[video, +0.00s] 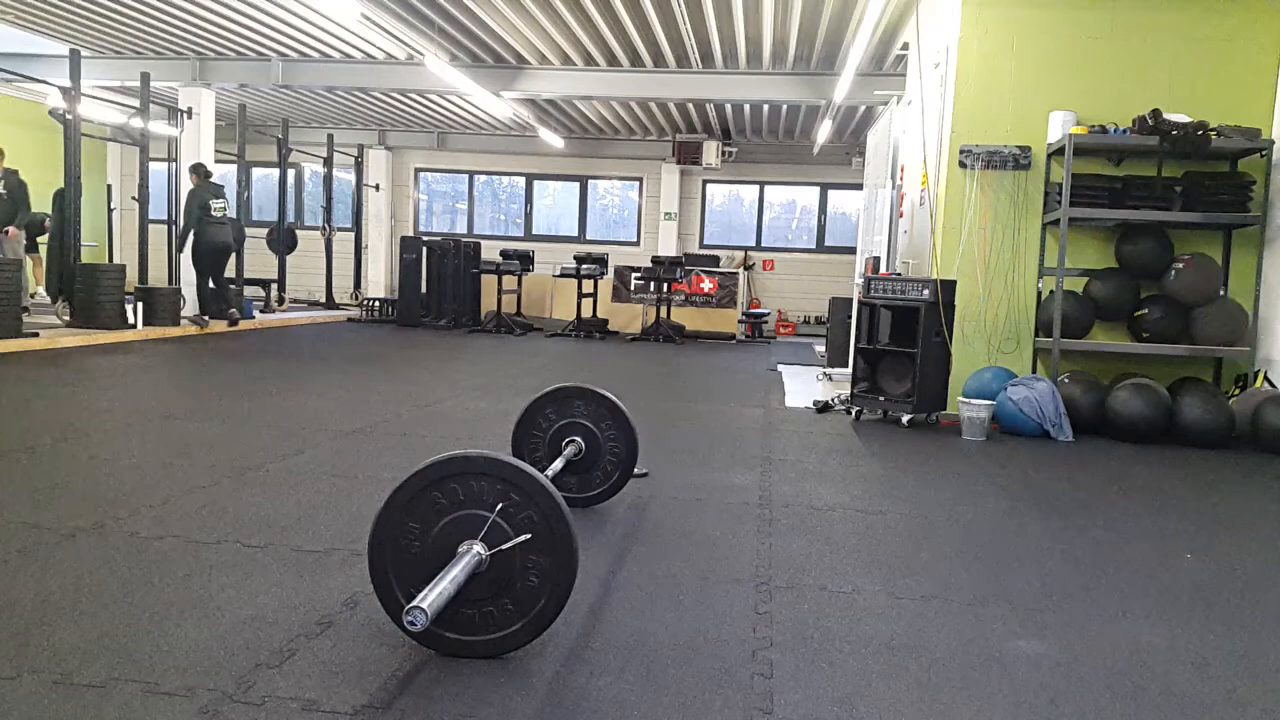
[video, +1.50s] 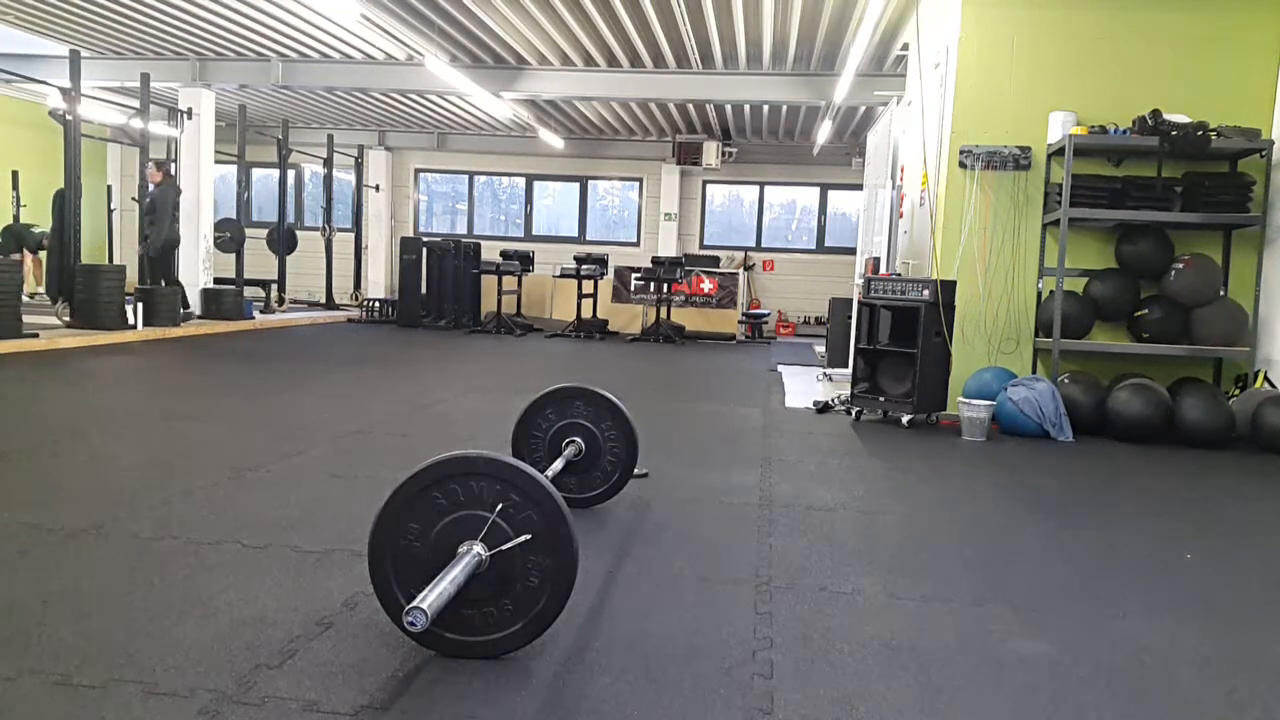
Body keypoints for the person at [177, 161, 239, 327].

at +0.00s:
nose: (190, 179)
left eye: (191, 176)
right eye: (191, 176)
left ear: (195, 176)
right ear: (205, 175)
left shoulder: (195, 192)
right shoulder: (219, 191)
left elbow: (189, 222)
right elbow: (222, 215)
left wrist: (180, 243)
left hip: (206, 238)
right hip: (226, 238)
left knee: (202, 278)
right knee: (218, 276)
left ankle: (204, 315)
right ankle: (231, 308)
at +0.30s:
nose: (183, 178)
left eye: (184, 175)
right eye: (184, 175)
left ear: (187, 175)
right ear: (199, 173)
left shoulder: (185, 193)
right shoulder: (212, 190)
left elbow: (174, 221)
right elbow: (217, 211)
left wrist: (164, 243)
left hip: (197, 240)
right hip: (217, 240)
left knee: (200, 278)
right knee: (202, 275)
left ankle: (205, 315)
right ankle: (200, 310)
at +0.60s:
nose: (180, 176)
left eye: (181, 173)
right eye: (181, 173)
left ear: (184, 174)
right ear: (196, 173)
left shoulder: (179, 192)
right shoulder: (206, 191)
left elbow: (173, 219)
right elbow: (208, 214)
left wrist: (169, 239)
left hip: (186, 237)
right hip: (205, 237)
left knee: (186, 273)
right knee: (192, 273)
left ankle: (198, 309)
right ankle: (192, 309)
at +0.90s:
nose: (171, 176)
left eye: (173, 173)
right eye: (171, 173)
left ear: (180, 173)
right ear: (186, 173)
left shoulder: (180, 190)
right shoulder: (196, 188)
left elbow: (174, 216)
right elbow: (198, 215)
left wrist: (164, 236)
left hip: (182, 235)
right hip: (198, 235)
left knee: (166, 270)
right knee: (187, 272)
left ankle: (172, 308)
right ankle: (191, 311)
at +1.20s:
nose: (159, 176)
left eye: (162, 173)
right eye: (160, 173)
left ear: (171, 174)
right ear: (172, 174)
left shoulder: (173, 191)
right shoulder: (182, 189)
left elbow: (170, 222)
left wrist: (161, 244)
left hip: (174, 237)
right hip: (185, 237)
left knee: (162, 272)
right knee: (183, 273)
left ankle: (162, 309)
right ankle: (190, 310)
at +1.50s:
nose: (148, 174)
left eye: (152, 171)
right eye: (149, 171)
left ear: (161, 173)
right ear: (160, 174)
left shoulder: (164, 191)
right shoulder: (163, 189)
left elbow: (162, 221)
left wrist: (151, 246)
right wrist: (146, 241)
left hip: (161, 238)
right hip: (166, 237)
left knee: (155, 277)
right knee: (168, 276)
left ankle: (157, 310)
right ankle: (185, 308)